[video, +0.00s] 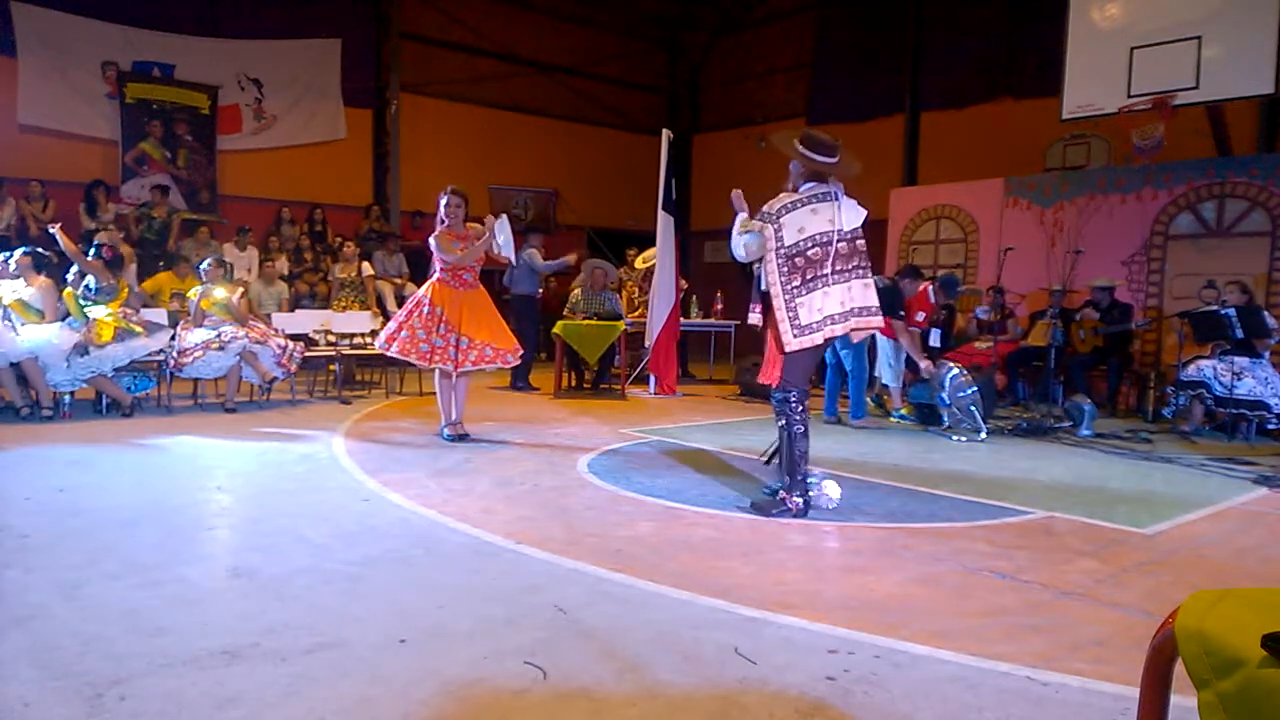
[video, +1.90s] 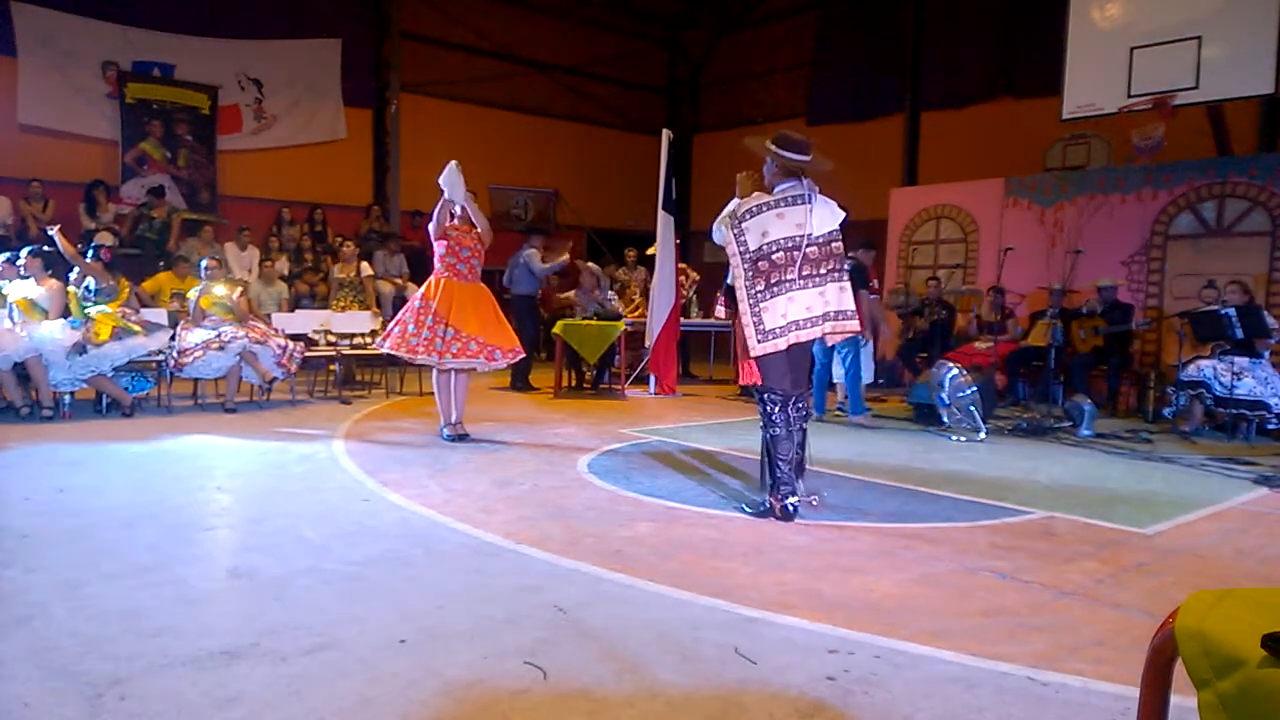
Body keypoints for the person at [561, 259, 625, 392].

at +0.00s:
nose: (600, 278)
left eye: (602, 275)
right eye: (598, 274)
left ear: (606, 278)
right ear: (591, 277)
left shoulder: (612, 296)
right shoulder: (577, 293)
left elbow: (620, 316)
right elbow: (565, 313)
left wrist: (599, 317)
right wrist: (576, 317)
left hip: (603, 332)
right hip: (581, 331)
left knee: (610, 349)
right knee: (570, 346)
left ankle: (597, 380)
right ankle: (579, 378)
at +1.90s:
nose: (583, 278)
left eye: (587, 275)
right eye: (582, 275)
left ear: (595, 279)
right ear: (579, 277)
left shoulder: (607, 295)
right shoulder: (575, 294)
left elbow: (616, 311)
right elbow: (555, 299)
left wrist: (600, 300)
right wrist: (571, 301)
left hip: (601, 330)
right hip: (579, 330)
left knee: (610, 348)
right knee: (570, 346)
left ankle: (597, 380)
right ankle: (579, 377)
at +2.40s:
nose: (579, 280)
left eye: (582, 277)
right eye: (579, 277)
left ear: (593, 279)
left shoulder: (609, 294)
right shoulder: (577, 297)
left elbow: (619, 311)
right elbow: (571, 317)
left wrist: (601, 307)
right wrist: (567, 307)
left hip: (602, 331)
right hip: (581, 331)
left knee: (610, 348)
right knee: (570, 344)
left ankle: (597, 381)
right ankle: (579, 378)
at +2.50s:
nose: (580, 280)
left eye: (584, 277)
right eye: (580, 277)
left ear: (594, 280)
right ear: (579, 279)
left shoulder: (609, 294)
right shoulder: (576, 297)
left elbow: (620, 312)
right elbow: (560, 312)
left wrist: (601, 308)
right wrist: (560, 296)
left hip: (602, 332)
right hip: (580, 332)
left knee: (609, 348)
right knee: (570, 344)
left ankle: (597, 381)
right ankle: (579, 378)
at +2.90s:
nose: (586, 280)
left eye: (589, 277)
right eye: (586, 277)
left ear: (599, 278)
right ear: (586, 279)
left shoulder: (612, 296)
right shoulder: (578, 295)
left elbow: (620, 313)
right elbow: (563, 313)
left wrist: (603, 310)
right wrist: (568, 305)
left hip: (603, 332)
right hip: (581, 331)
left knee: (609, 348)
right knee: (571, 345)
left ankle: (597, 380)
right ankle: (579, 379)